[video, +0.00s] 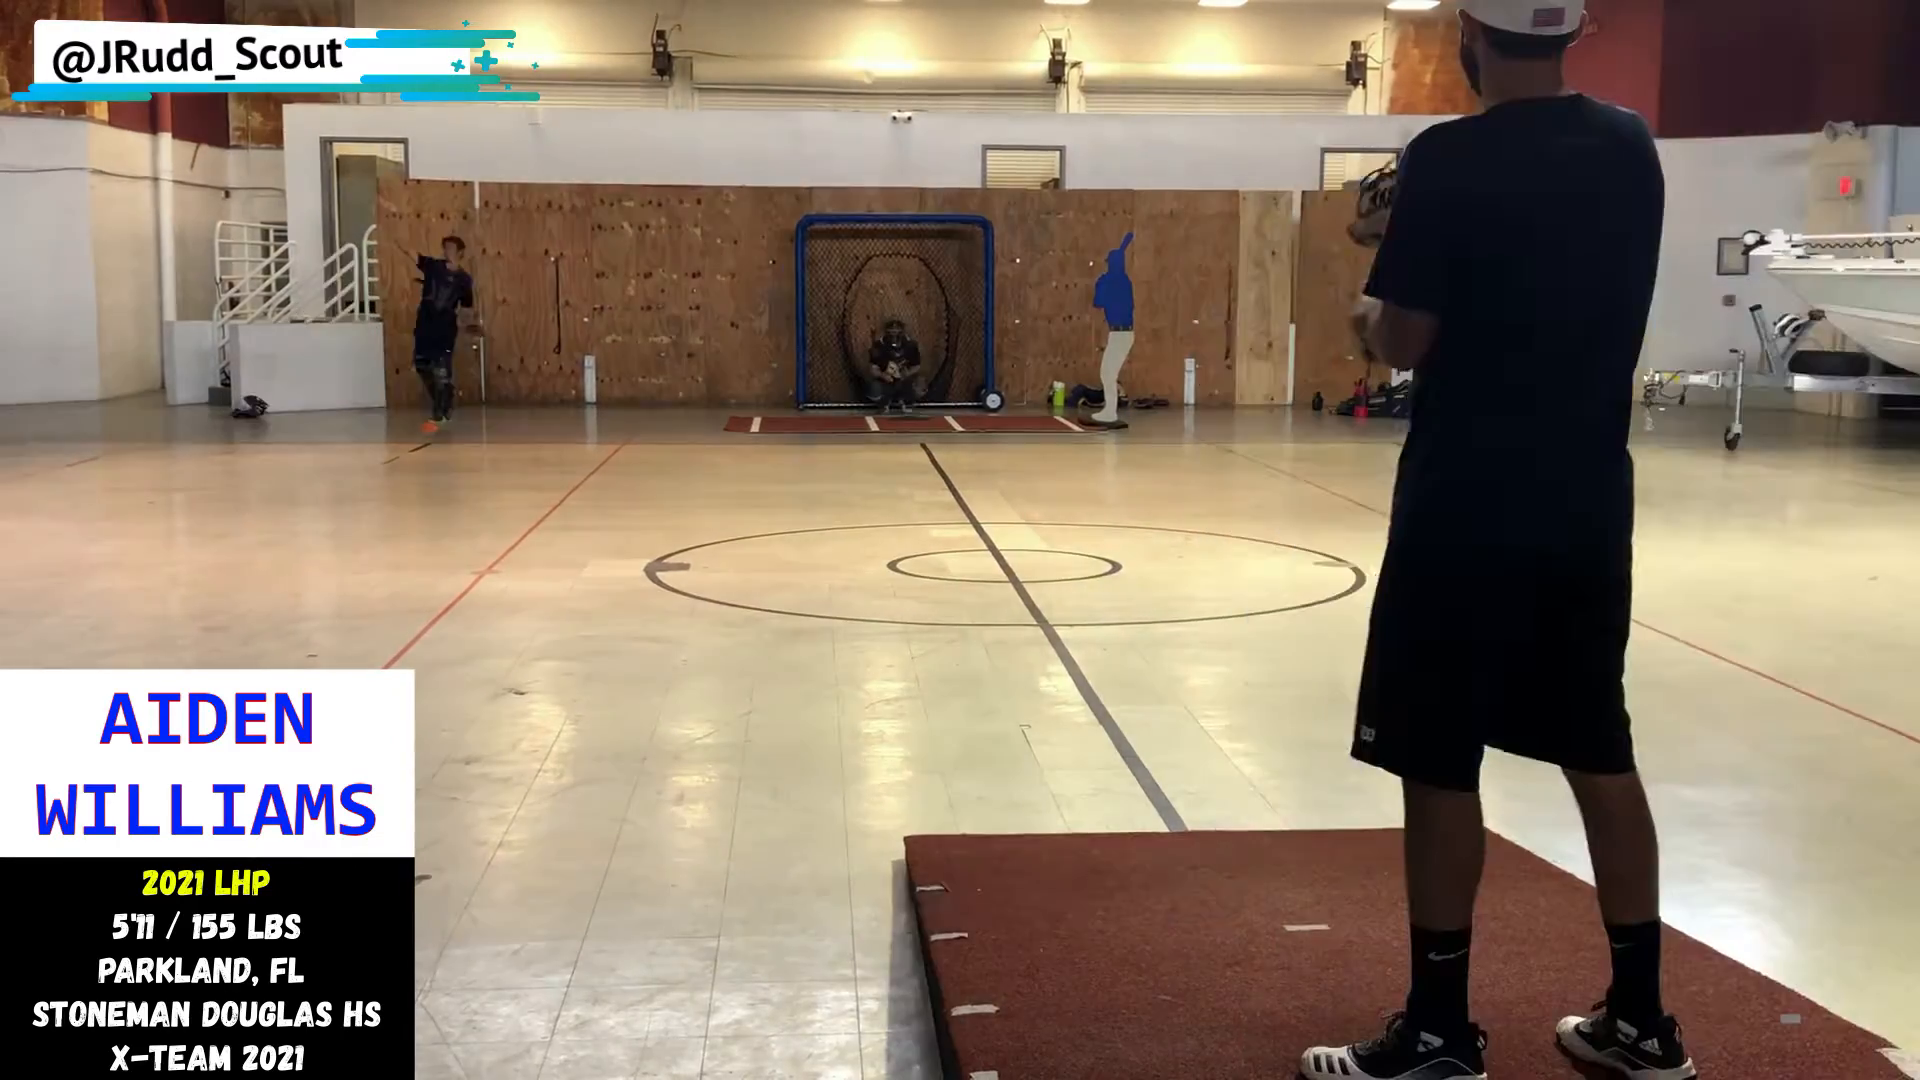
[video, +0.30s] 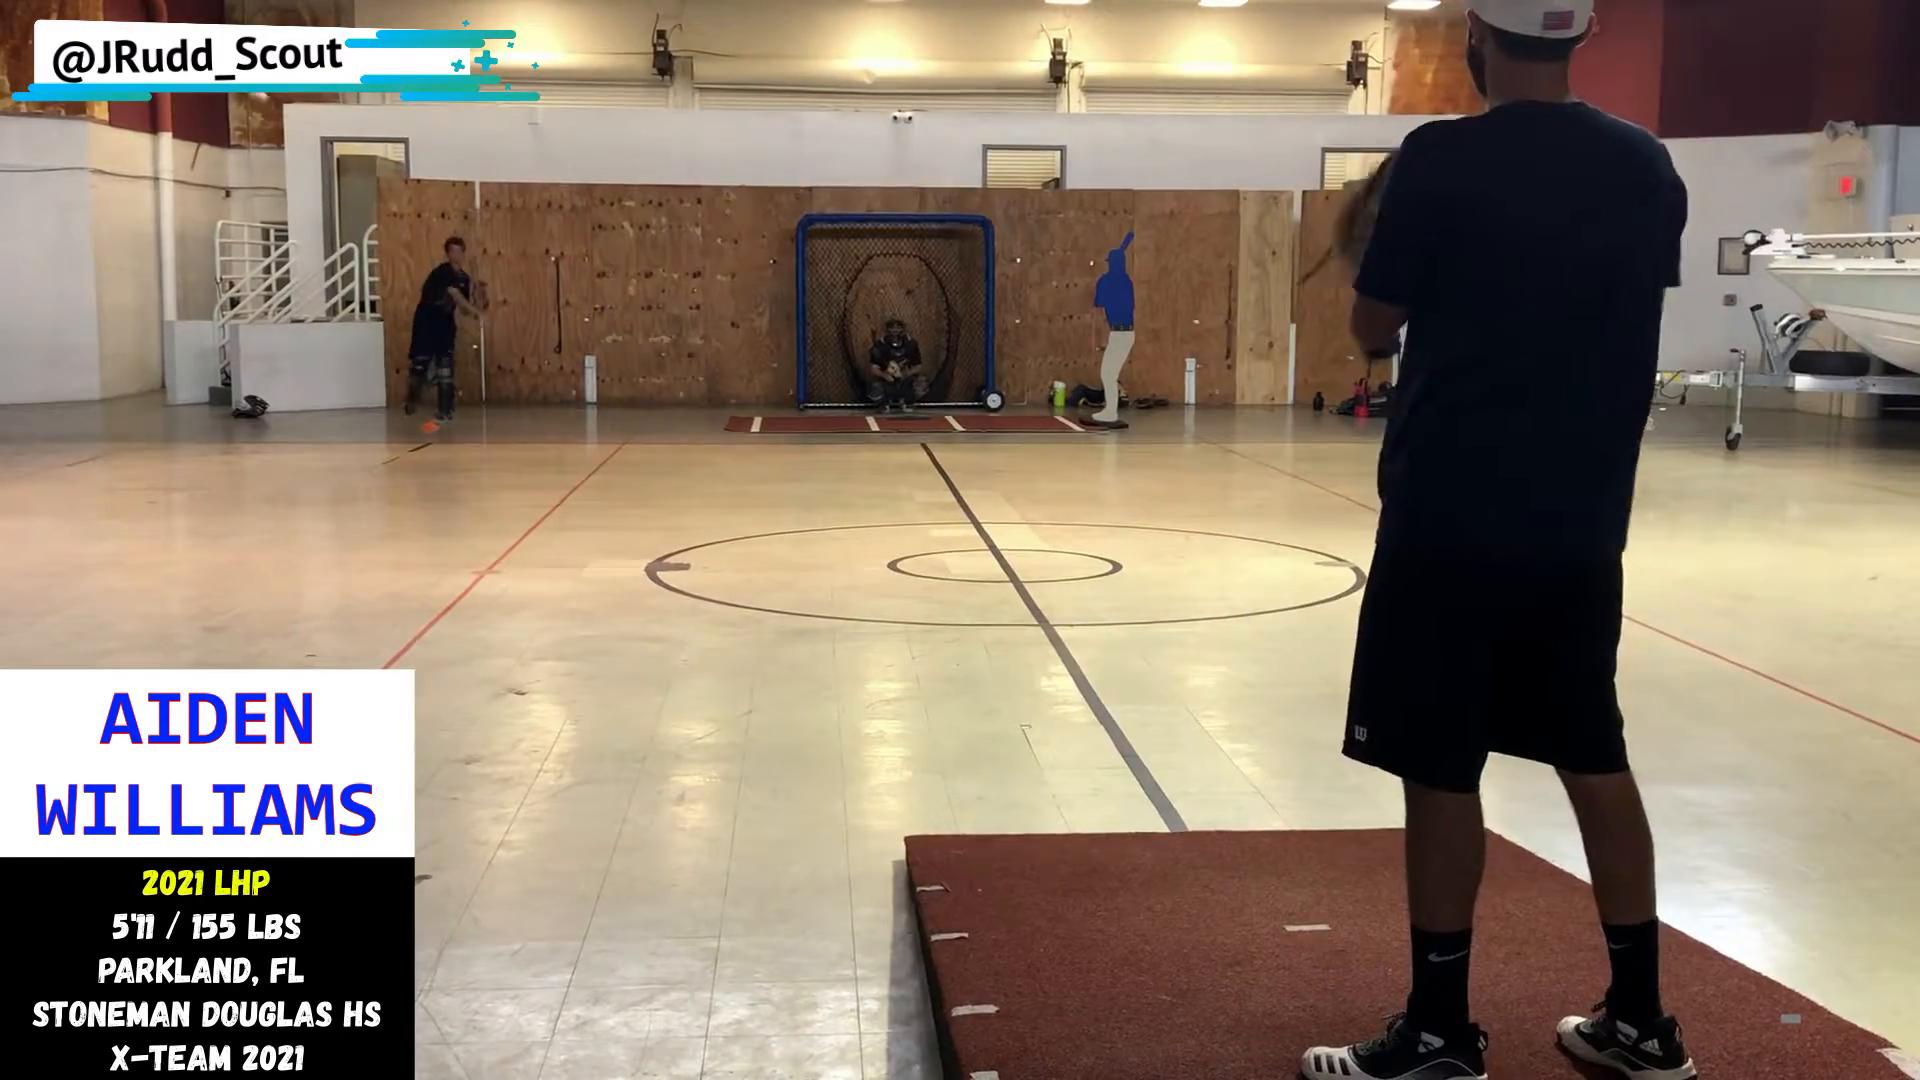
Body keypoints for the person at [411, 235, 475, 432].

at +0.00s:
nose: (447, 252)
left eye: (451, 248)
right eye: (445, 248)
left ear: (459, 252)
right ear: (443, 250)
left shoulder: (463, 278)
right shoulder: (433, 265)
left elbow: (467, 306)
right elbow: (414, 256)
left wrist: (471, 326)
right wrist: (397, 244)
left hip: (445, 324)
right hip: (425, 321)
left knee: (441, 368)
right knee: (421, 364)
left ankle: (439, 414)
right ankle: (442, 399)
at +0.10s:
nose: (450, 253)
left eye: (454, 250)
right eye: (448, 249)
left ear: (461, 253)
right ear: (445, 252)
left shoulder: (465, 280)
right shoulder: (437, 267)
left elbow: (464, 309)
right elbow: (424, 276)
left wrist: (475, 316)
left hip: (445, 324)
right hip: (425, 321)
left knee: (441, 367)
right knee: (418, 364)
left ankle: (440, 412)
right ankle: (426, 400)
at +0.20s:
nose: (451, 254)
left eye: (454, 250)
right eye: (448, 250)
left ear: (462, 253)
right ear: (445, 253)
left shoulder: (466, 280)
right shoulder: (439, 271)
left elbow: (463, 305)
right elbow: (447, 294)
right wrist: (467, 312)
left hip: (445, 321)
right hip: (425, 320)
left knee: (443, 363)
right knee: (418, 363)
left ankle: (443, 408)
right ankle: (417, 400)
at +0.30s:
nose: (454, 254)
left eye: (458, 250)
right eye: (451, 250)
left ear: (463, 253)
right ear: (446, 253)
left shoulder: (464, 277)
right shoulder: (443, 272)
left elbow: (469, 304)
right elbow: (456, 296)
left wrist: (477, 290)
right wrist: (476, 312)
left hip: (445, 321)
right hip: (426, 320)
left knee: (445, 363)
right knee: (420, 362)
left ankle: (445, 408)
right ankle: (411, 400)